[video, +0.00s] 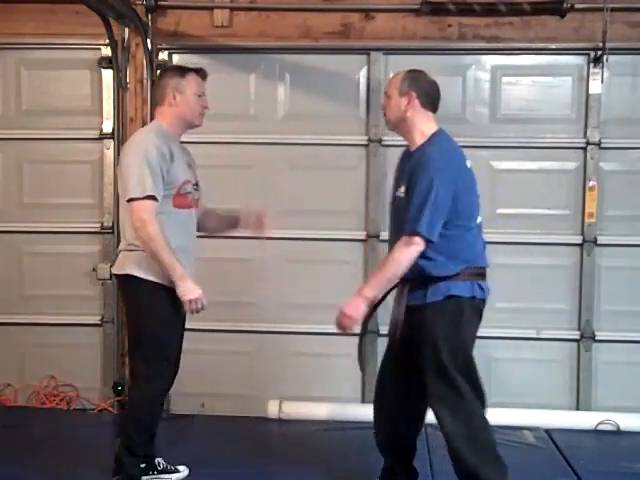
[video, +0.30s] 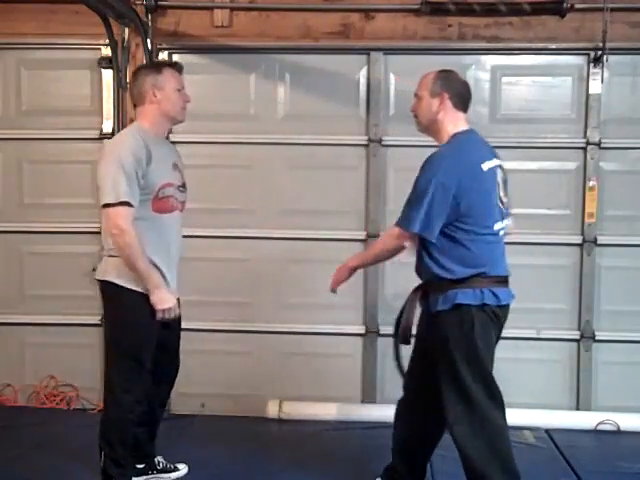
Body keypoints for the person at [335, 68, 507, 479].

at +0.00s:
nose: (382, 105)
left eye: (387, 97)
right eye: (384, 96)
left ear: (410, 102)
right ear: (414, 104)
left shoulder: (436, 157)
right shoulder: (416, 155)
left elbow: (414, 242)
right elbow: (412, 238)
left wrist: (363, 299)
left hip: (449, 293)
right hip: (421, 293)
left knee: (454, 405)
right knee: (394, 403)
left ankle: (487, 476)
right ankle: (398, 474)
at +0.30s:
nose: (412, 106)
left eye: (418, 98)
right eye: (414, 98)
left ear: (443, 103)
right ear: (448, 105)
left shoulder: (443, 161)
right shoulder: (479, 151)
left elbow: (403, 235)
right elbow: (475, 226)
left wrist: (352, 265)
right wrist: (414, 239)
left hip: (461, 301)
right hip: (481, 295)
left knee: (473, 414)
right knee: (421, 402)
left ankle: (499, 479)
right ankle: (401, 475)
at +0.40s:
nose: (419, 108)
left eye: (425, 100)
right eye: (421, 99)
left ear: (451, 104)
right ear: (459, 106)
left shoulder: (442, 163)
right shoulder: (494, 152)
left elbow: (397, 231)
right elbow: (527, 217)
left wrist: (341, 265)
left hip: (460, 302)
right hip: (490, 298)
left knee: (470, 413)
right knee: (420, 401)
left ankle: (498, 478)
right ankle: (401, 475)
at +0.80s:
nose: (404, 109)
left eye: (410, 101)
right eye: (406, 100)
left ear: (435, 108)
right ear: (442, 110)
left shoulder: (435, 163)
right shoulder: (466, 156)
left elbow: (409, 245)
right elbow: (482, 216)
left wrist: (343, 286)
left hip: (440, 307)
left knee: (455, 416)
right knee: (375, 404)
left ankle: (494, 476)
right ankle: (339, 474)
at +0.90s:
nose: (390, 109)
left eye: (396, 101)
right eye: (392, 101)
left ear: (419, 108)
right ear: (425, 109)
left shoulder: (431, 166)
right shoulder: (432, 158)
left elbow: (411, 251)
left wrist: (347, 289)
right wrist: (382, 167)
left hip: (427, 309)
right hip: (395, 307)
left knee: (449, 416)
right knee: (354, 403)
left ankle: (491, 477)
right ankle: (335, 473)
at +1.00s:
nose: (376, 106)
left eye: (382, 99)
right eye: (378, 98)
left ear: (405, 107)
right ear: (406, 108)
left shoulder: (427, 168)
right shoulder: (386, 156)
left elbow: (414, 251)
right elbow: (352, 169)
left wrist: (356, 289)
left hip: (421, 309)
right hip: (378, 307)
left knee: (442, 414)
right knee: (343, 404)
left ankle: (487, 477)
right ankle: (336, 475)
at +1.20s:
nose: (346, 102)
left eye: (354, 96)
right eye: (349, 94)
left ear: (380, 108)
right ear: (377, 107)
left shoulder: (409, 163)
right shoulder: (351, 156)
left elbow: (416, 246)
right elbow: (316, 190)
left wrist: (368, 294)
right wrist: (282, 193)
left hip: (418, 306)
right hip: (369, 305)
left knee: (437, 416)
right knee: (343, 404)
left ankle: (469, 476)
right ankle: (342, 477)